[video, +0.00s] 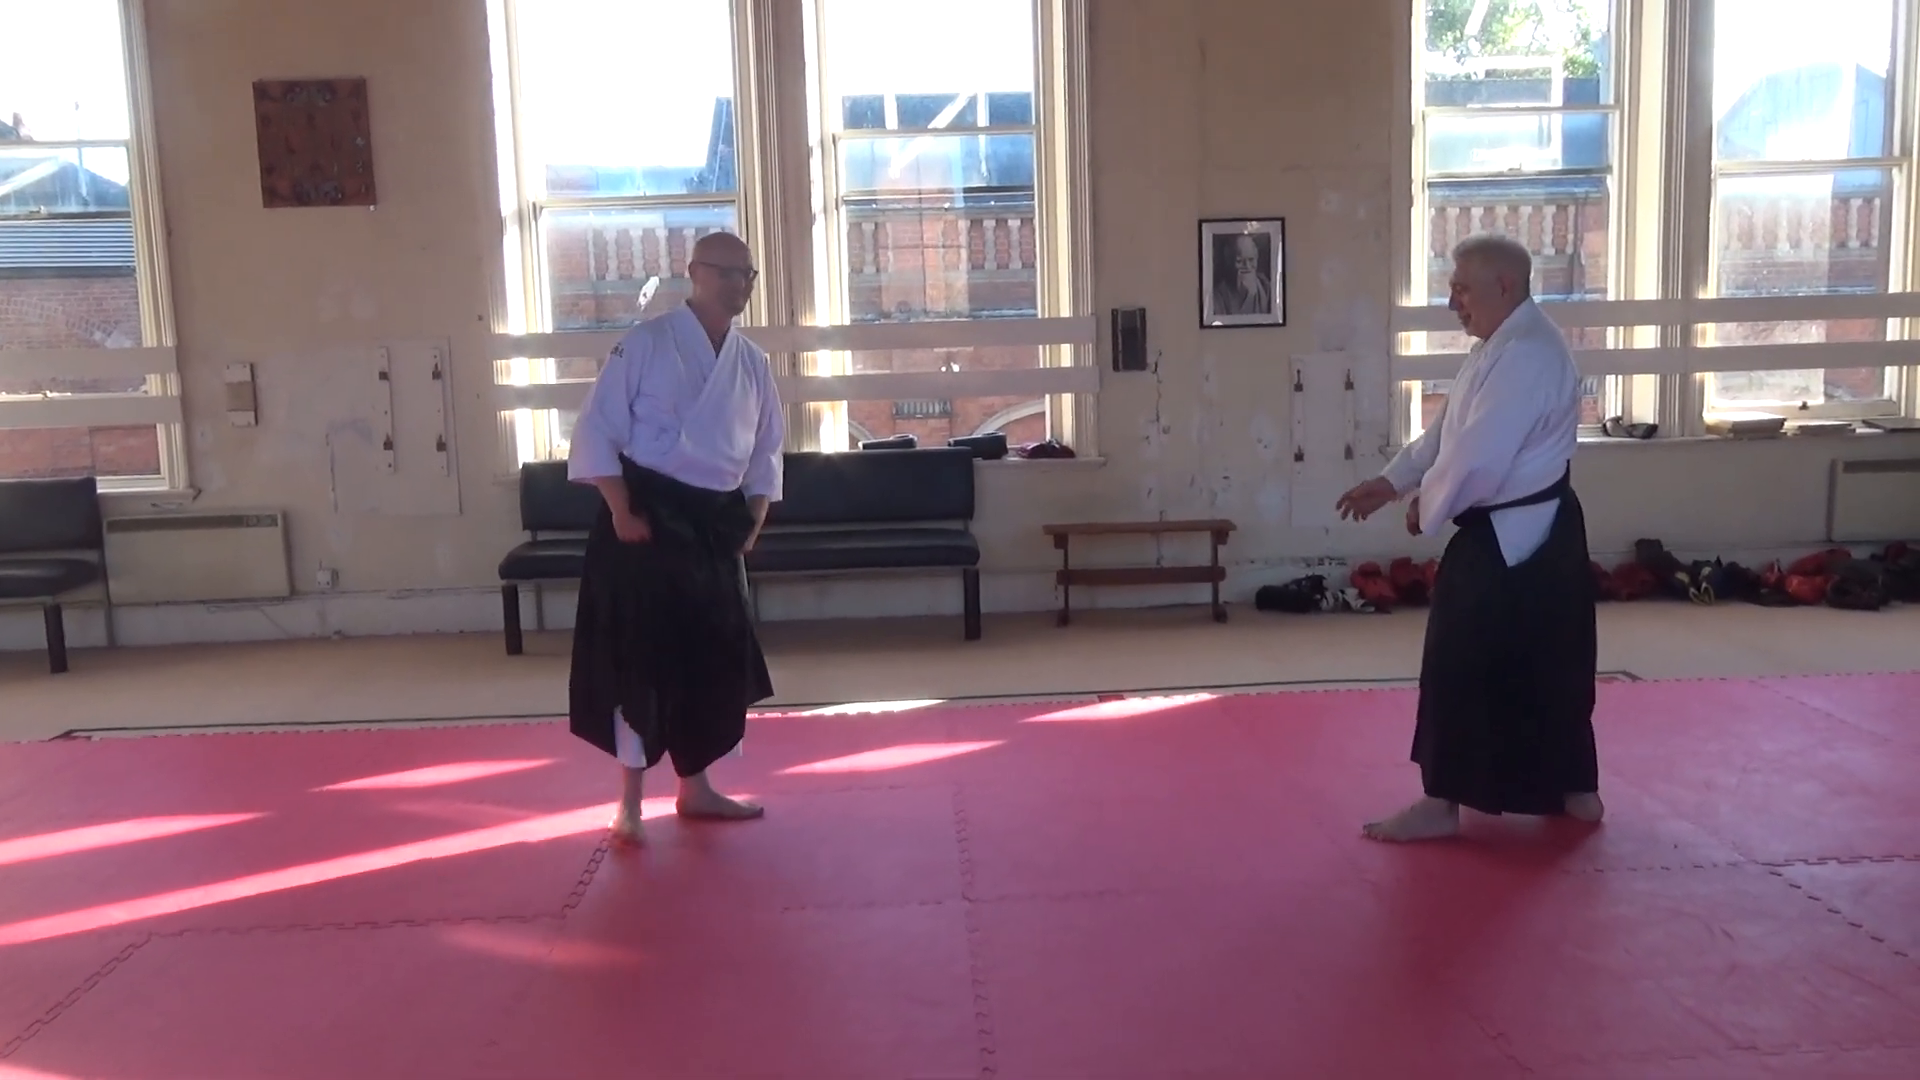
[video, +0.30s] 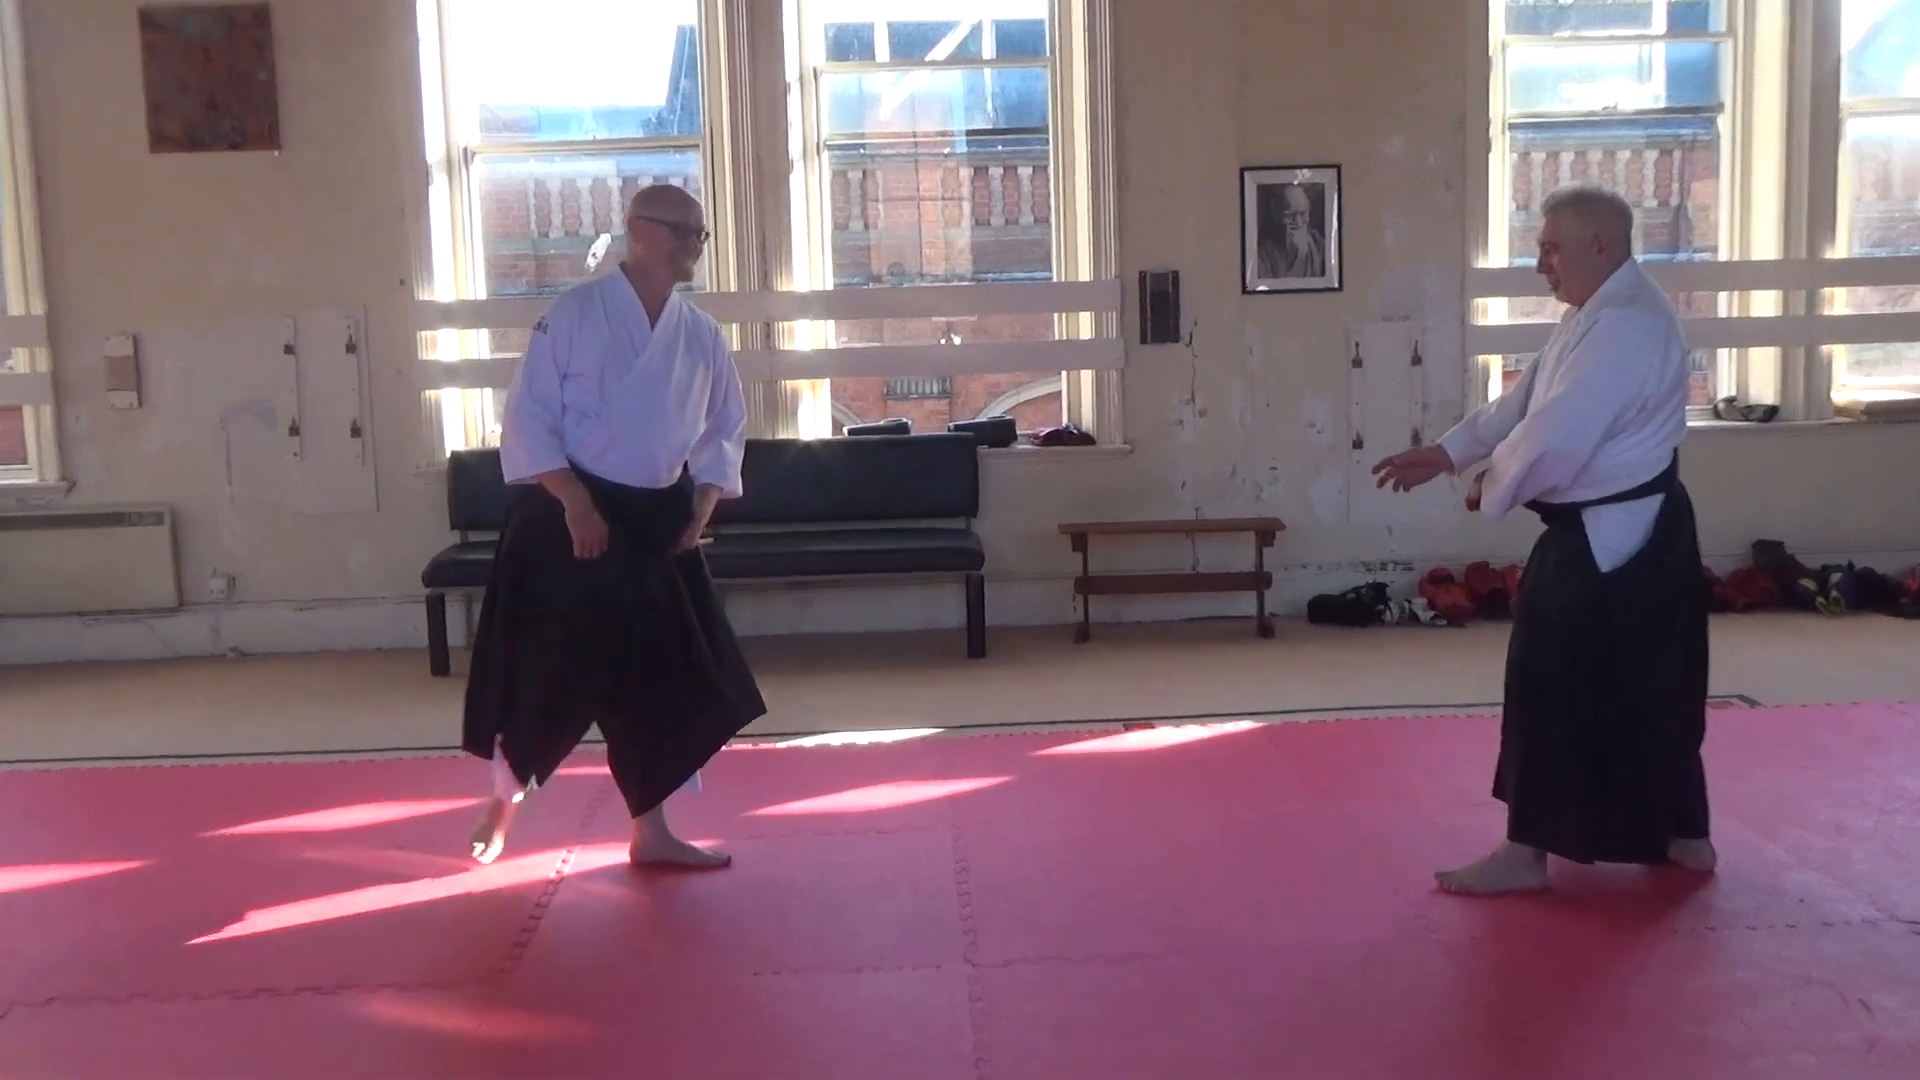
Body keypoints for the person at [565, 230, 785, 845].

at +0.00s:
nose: (743, 284)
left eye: (749, 274)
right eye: (730, 272)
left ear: (752, 280)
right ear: (695, 273)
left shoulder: (753, 363)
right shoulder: (646, 342)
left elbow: (767, 449)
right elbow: (595, 429)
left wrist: (754, 518)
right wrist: (620, 507)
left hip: (716, 519)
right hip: (645, 510)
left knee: (711, 652)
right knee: (640, 652)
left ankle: (695, 787)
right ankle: (630, 799)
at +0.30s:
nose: (697, 245)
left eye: (702, 234)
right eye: (683, 232)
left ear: (699, 241)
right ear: (639, 232)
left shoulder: (703, 335)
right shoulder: (575, 313)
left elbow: (721, 431)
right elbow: (526, 421)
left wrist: (700, 508)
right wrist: (576, 501)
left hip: (656, 517)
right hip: (568, 509)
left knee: (649, 673)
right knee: (550, 665)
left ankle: (651, 830)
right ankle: (503, 804)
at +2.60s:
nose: (888, 236)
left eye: (883, 223)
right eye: (888, 224)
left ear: (805, 218)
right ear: (874, 228)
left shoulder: (735, 301)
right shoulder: (896, 323)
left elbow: (694, 422)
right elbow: (893, 421)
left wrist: (777, 436)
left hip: (747, 528)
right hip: (850, 532)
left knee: (748, 714)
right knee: (881, 698)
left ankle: (726, 892)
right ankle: (883, 878)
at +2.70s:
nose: (928, 234)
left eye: (927, 220)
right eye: (925, 222)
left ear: (845, 216)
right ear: (910, 227)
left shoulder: (778, 301)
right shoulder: (943, 322)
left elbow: (723, 413)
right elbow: (943, 430)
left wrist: (754, 457)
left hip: (794, 529)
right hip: (900, 533)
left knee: (789, 728)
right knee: (921, 693)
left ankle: (760, 929)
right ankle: (920, 868)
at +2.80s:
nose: (967, 240)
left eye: (967, 225)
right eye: (965, 227)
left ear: (876, 221)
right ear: (950, 231)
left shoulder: (805, 308)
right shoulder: (980, 321)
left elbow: (767, 433)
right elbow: (979, 433)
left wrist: (818, 490)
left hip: (823, 540)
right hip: (935, 539)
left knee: (813, 744)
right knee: (962, 689)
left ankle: (796, 951)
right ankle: (958, 860)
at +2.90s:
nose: (1006, 247)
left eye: (1008, 234)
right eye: (1005, 234)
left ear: (910, 224)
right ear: (988, 233)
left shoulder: (837, 313)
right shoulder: (1014, 331)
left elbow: (805, 453)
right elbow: (1032, 465)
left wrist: (848, 522)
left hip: (846, 552)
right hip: (963, 554)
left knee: (848, 762)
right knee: (989, 692)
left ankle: (838, 981)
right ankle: (1014, 854)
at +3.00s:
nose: (1049, 247)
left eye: (1051, 230)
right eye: (1048, 230)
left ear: (955, 220)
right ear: (1029, 227)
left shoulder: (878, 317)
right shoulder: (1056, 337)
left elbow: (841, 457)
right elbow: (1075, 488)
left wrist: (856, 555)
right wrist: (1058, 579)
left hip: (885, 562)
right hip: (1001, 567)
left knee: (889, 771)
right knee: (1047, 707)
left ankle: (875, 979)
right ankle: (1081, 881)